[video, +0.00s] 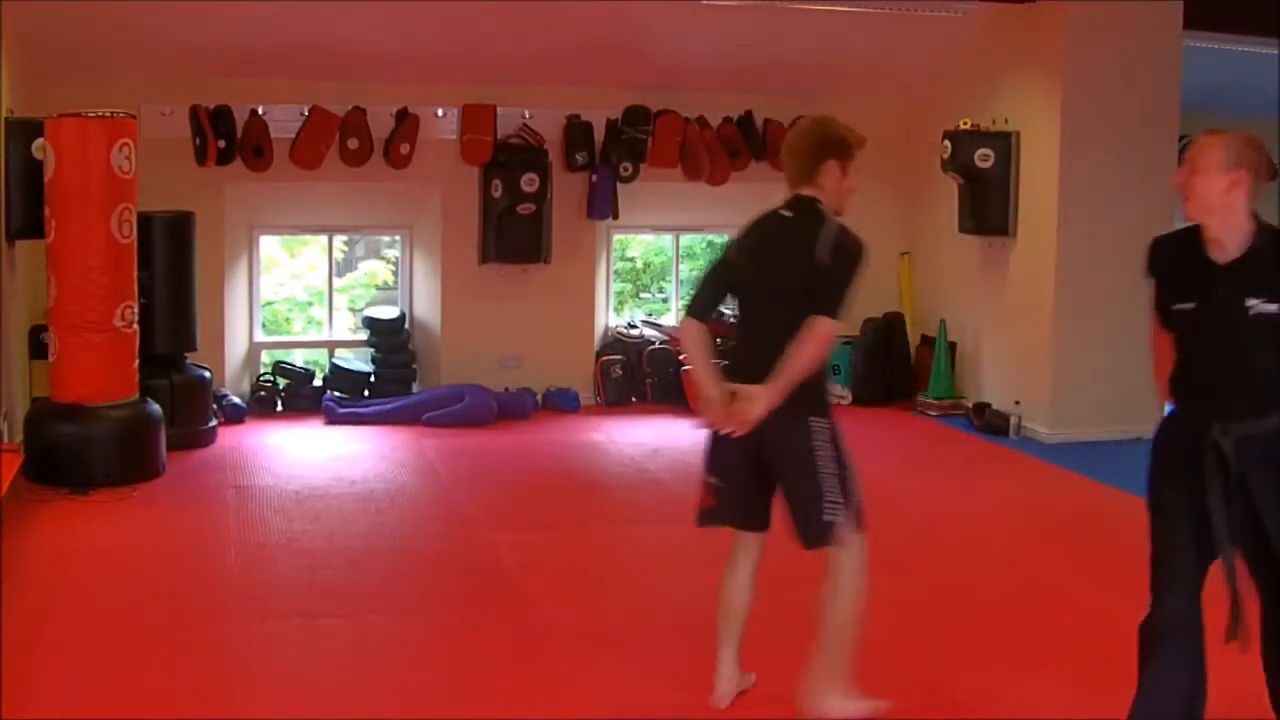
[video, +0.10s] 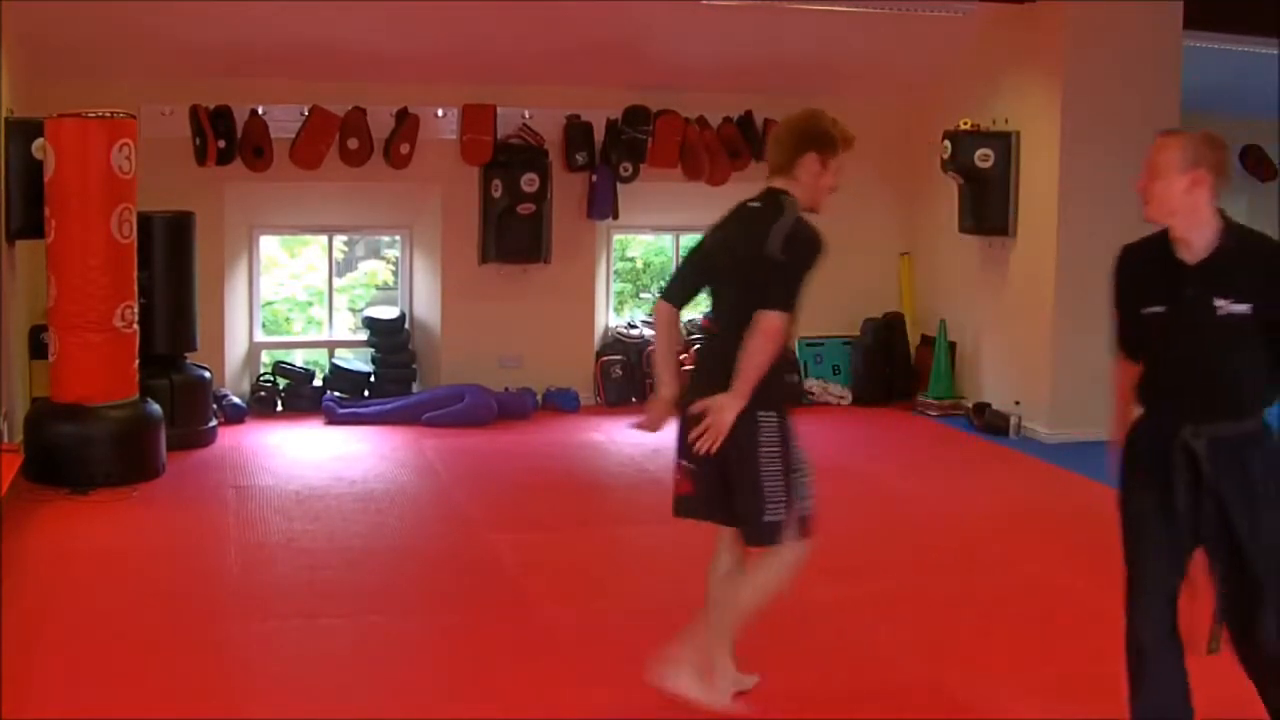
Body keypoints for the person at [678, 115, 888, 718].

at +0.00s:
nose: (853, 182)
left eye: (851, 171)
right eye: (850, 171)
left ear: (796, 171)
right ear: (831, 171)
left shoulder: (754, 232)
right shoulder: (839, 241)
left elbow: (694, 320)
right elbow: (821, 330)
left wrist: (713, 394)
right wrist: (767, 394)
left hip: (737, 409)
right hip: (799, 412)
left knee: (745, 541)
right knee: (847, 543)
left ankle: (725, 675)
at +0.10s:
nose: (833, 185)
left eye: (836, 174)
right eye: (832, 173)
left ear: (780, 164)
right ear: (810, 165)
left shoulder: (735, 220)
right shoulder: (795, 230)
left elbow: (668, 303)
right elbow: (771, 320)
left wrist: (667, 387)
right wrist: (735, 395)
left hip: (713, 396)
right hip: (756, 405)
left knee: (734, 535)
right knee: (789, 541)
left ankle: (717, 666)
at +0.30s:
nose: (809, 242)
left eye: (814, 231)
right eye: (810, 228)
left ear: (775, 213)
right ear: (784, 214)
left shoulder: (713, 254)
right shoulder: (737, 269)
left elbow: (666, 350)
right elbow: (703, 378)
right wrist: (699, 483)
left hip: (663, 416)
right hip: (646, 420)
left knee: (720, 516)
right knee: (634, 569)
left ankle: (680, 652)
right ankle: (543, 673)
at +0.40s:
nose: (811, 309)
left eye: (817, 298)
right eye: (812, 295)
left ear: (777, 277)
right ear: (785, 280)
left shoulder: (716, 305)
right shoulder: (722, 320)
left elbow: (671, 409)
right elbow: (695, 436)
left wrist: (677, 484)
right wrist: (705, 540)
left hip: (613, 426)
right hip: (591, 428)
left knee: (677, 526)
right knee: (631, 576)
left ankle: (606, 630)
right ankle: (543, 672)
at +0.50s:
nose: (804, 390)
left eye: (811, 379)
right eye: (808, 376)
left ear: (777, 353)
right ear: (783, 357)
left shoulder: (718, 359)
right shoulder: (717, 371)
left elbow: (689, 470)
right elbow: (700, 480)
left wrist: (698, 545)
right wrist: (725, 583)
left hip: (573, 421)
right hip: (563, 424)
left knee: (588, 562)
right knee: (614, 568)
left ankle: (488, 591)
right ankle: (542, 675)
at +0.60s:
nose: (790, 459)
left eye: (799, 450)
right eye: (796, 447)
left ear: (775, 416)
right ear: (779, 424)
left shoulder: (716, 410)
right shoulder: (720, 423)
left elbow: (701, 529)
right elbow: (708, 542)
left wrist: (723, 607)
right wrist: (742, 635)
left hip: (543, 419)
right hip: (558, 429)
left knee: (544, 569)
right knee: (617, 568)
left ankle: (407, 589)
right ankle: (541, 677)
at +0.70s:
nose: (790, 520)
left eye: (798, 512)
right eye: (797, 508)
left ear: (775, 472)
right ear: (780, 481)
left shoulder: (718, 462)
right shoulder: (720, 480)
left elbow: (700, 557)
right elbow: (719, 593)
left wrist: (699, 623)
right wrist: (748, 690)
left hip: (544, 427)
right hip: (562, 442)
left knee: (498, 571)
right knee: (635, 578)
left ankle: (361, 607)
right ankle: (543, 675)